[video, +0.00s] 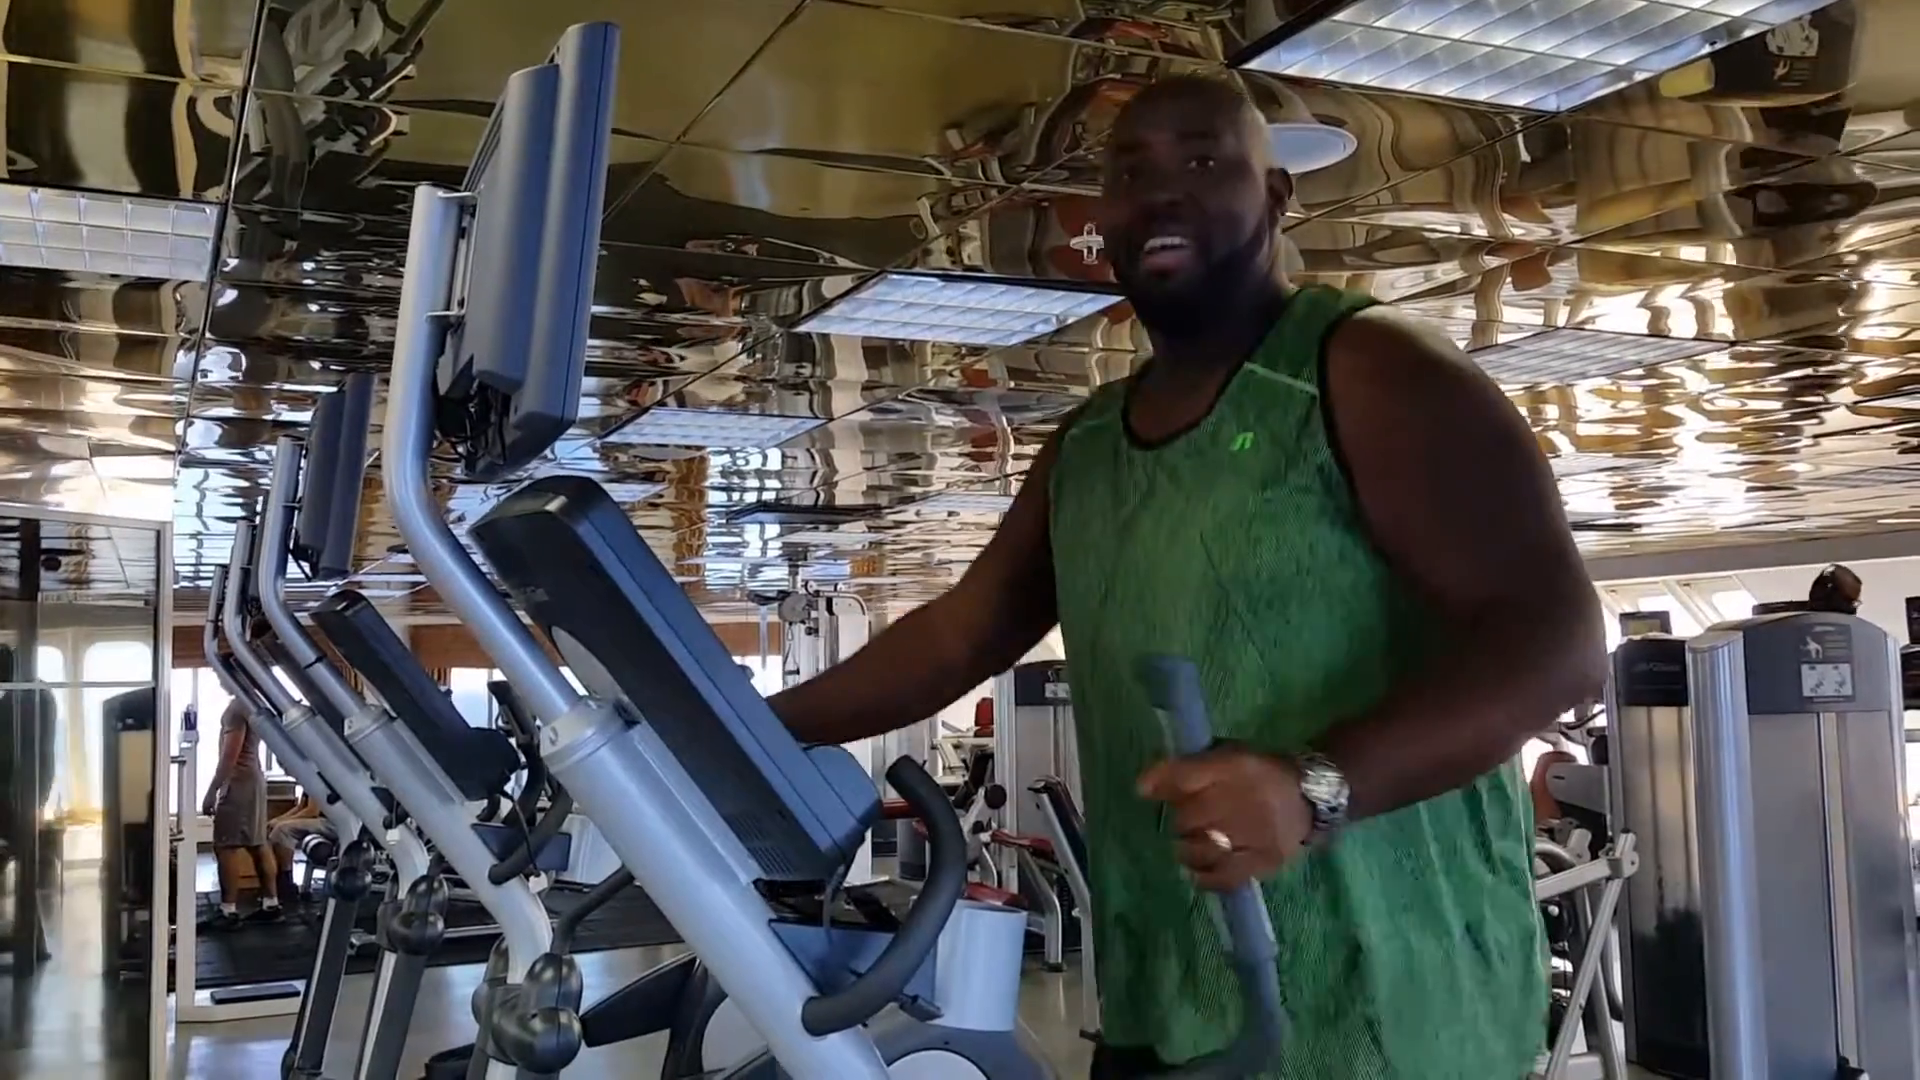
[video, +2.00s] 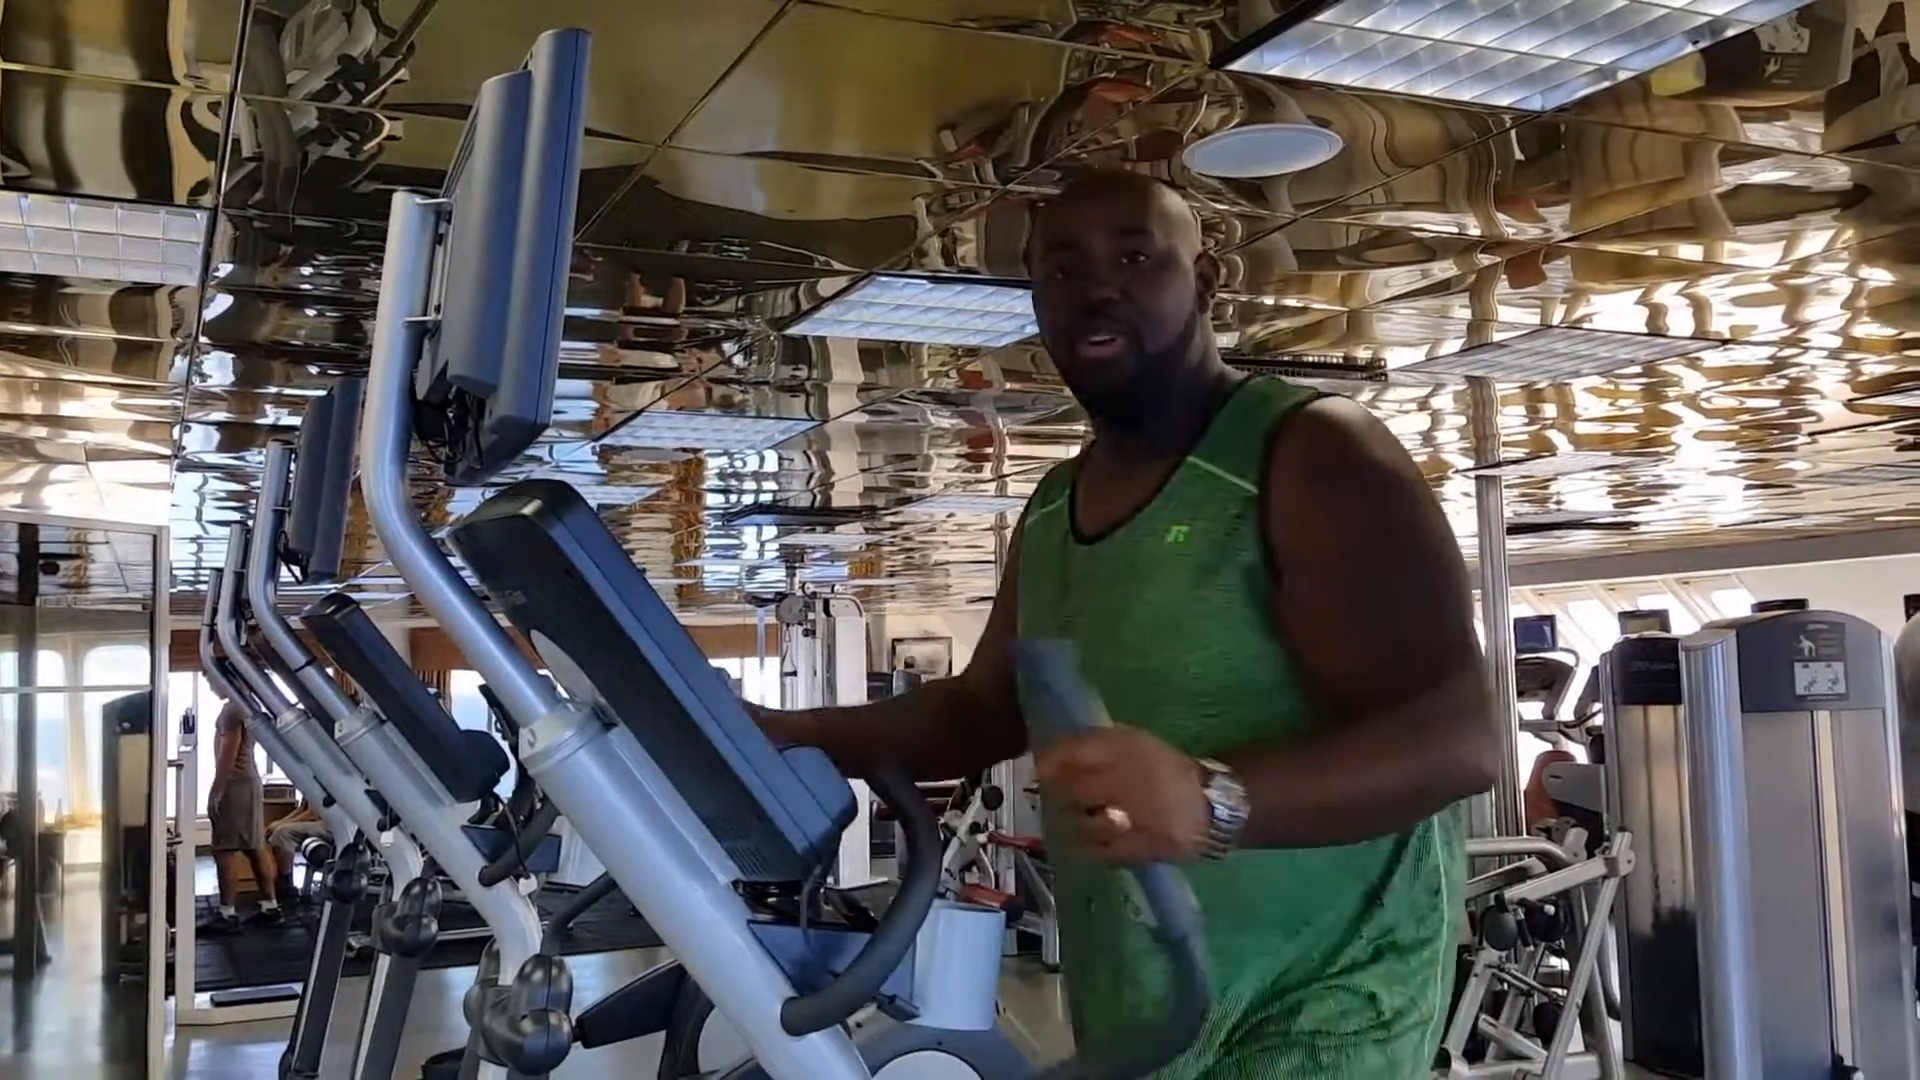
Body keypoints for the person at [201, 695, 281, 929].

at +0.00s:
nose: (217, 678)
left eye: (220, 671)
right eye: (217, 671)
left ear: (233, 676)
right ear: (243, 676)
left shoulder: (236, 708)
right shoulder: (253, 704)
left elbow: (229, 758)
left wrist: (211, 792)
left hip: (238, 781)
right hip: (256, 780)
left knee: (225, 846)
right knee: (259, 843)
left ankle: (228, 909)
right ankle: (271, 903)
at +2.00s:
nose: (208, 682)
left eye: (210, 673)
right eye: (207, 675)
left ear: (227, 678)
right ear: (234, 679)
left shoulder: (232, 710)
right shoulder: (244, 707)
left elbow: (228, 757)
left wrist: (215, 792)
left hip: (234, 784)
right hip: (250, 782)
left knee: (224, 850)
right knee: (256, 845)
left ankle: (227, 911)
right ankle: (270, 906)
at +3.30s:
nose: (215, 679)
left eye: (218, 669)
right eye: (215, 669)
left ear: (230, 675)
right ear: (239, 675)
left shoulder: (236, 709)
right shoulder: (252, 706)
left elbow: (231, 757)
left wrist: (214, 792)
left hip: (238, 783)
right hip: (255, 781)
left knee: (229, 849)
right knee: (260, 845)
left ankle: (232, 911)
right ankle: (274, 905)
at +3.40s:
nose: (213, 680)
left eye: (216, 669)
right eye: (213, 673)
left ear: (229, 674)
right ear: (236, 676)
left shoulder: (235, 709)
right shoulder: (250, 705)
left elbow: (230, 758)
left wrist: (213, 792)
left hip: (238, 783)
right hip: (254, 781)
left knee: (229, 848)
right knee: (259, 844)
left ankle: (231, 911)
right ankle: (274, 904)